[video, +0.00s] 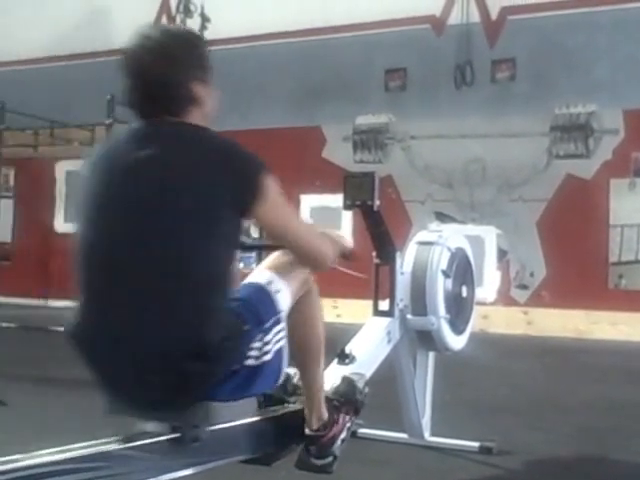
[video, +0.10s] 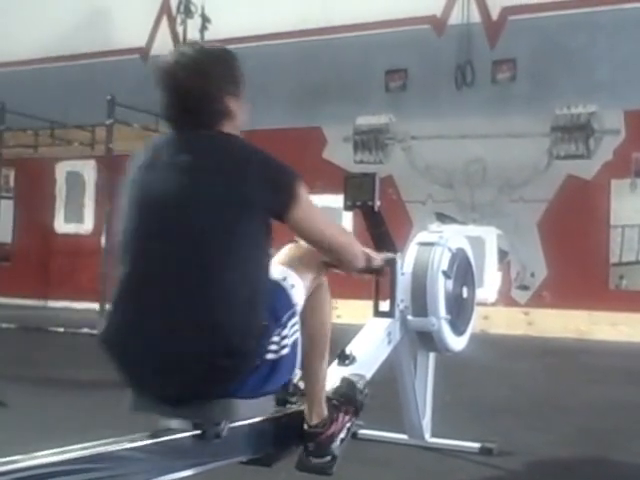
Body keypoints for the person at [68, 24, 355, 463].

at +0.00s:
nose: (215, 92)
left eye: (211, 79)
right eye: (210, 80)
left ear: (140, 91)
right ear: (194, 89)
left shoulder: (108, 158)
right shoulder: (227, 160)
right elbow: (319, 255)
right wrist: (332, 241)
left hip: (114, 371)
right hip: (192, 374)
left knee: (223, 269)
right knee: (300, 263)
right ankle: (319, 422)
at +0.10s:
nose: (245, 106)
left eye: (243, 94)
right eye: (242, 94)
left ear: (175, 104)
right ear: (227, 103)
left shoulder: (148, 161)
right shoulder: (252, 165)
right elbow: (341, 248)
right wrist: (365, 261)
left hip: (142, 369)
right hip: (224, 372)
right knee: (309, 257)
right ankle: (318, 418)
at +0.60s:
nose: (224, 93)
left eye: (220, 81)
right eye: (218, 81)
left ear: (148, 92)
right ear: (203, 90)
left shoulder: (122, 154)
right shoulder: (219, 153)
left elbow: (166, 242)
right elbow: (312, 219)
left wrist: (262, 246)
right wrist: (351, 243)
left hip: (122, 371)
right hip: (202, 374)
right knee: (293, 268)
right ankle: (319, 424)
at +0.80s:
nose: (117, 57)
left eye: (112, 46)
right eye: (110, 46)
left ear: (32, 61)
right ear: (92, 55)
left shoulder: (12, 143)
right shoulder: (129, 138)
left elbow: (65, 232)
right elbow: (230, 209)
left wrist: (161, 238)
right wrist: (286, 239)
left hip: (38, 385)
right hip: (125, 377)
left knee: (180, 314)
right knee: (263, 320)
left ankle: (254, 423)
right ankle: (320, 430)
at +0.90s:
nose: (65, 63)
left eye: (62, 49)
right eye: (59, 49)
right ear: (36, 53)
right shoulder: (74, 146)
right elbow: (202, 240)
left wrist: (159, 242)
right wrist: (246, 241)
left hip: (17, 389)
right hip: (97, 373)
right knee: (249, 353)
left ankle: (270, 426)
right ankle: (324, 433)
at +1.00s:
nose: (40, 81)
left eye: (38, 65)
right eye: (38, 65)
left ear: (7, 66)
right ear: (11, 67)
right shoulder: (42, 157)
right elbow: (157, 287)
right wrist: (196, 264)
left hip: (10, 396)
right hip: (73, 387)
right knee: (242, 363)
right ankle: (324, 432)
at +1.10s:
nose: (49, 77)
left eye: (47, 62)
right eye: (46, 61)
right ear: (21, 63)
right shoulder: (40, 151)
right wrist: (145, 275)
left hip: (11, 382)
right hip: (61, 384)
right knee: (246, 355)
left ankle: (258, 421)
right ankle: (324, 433)